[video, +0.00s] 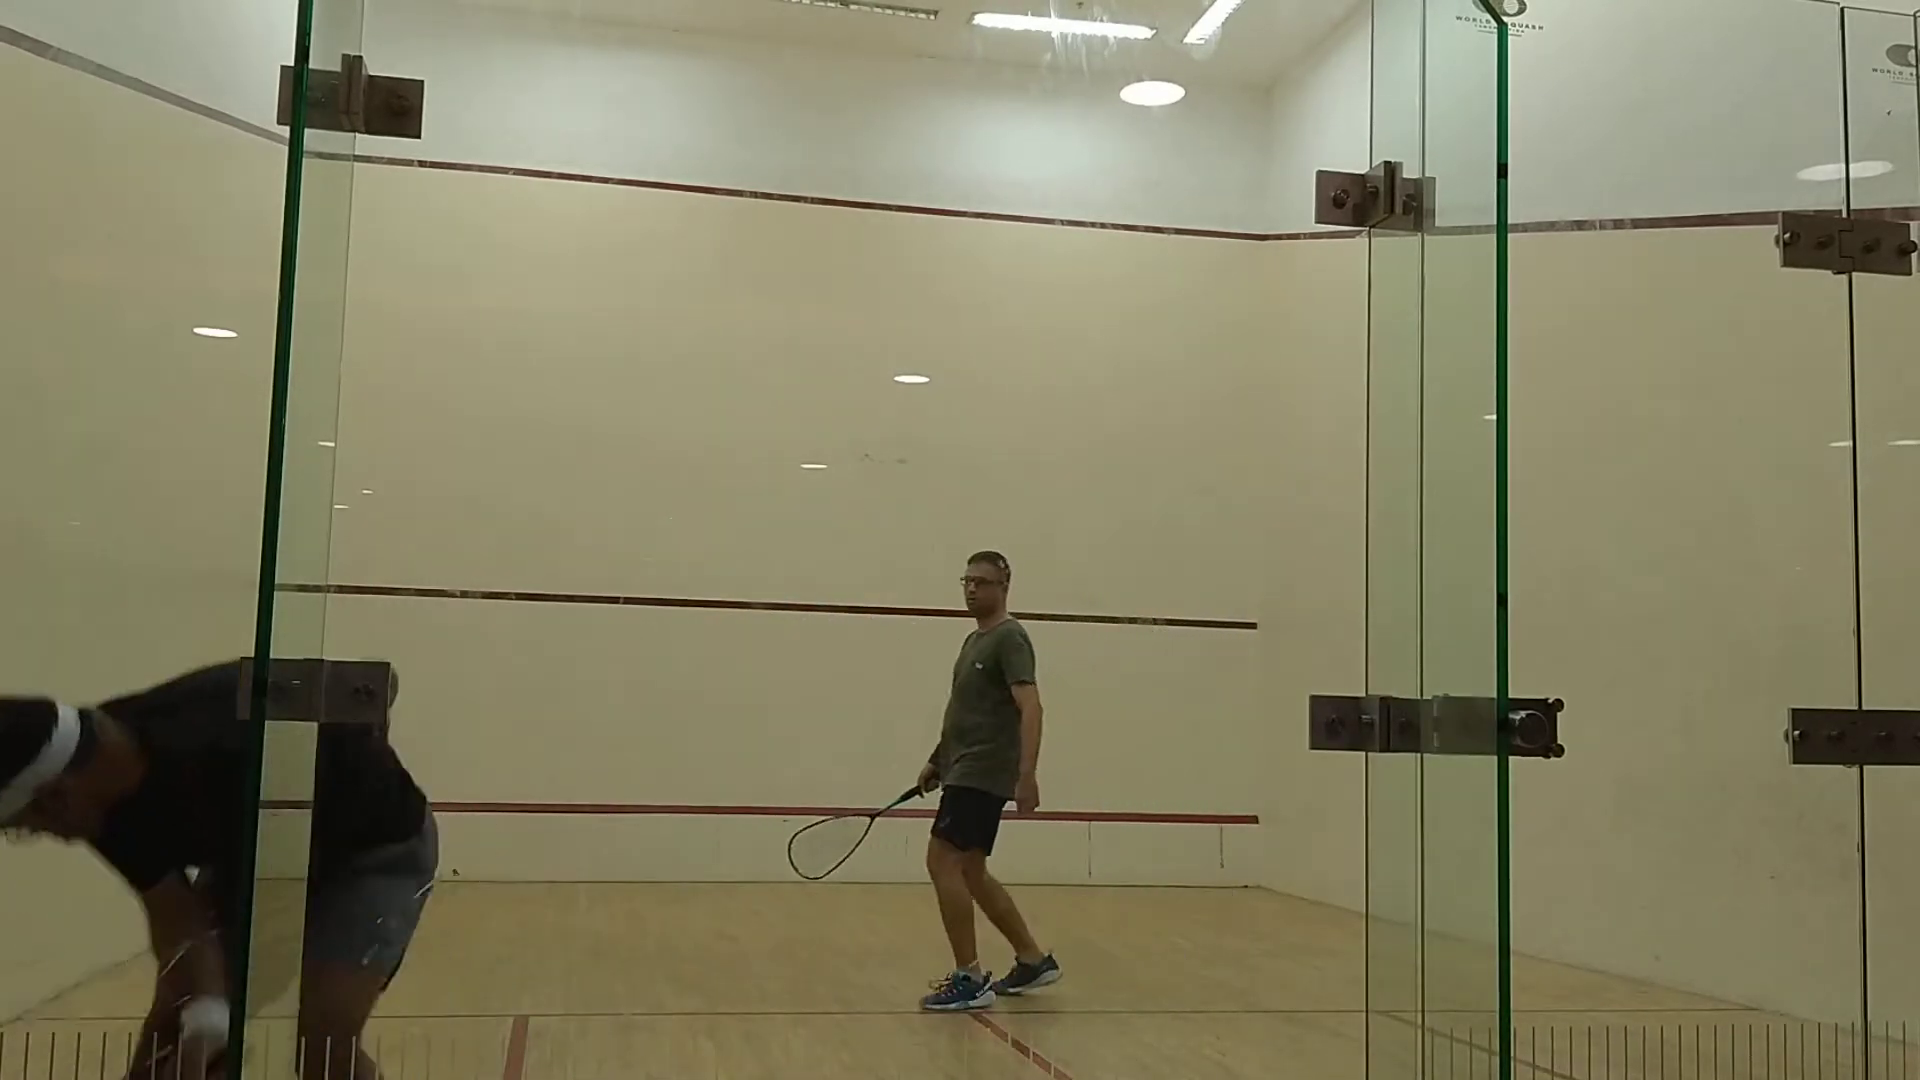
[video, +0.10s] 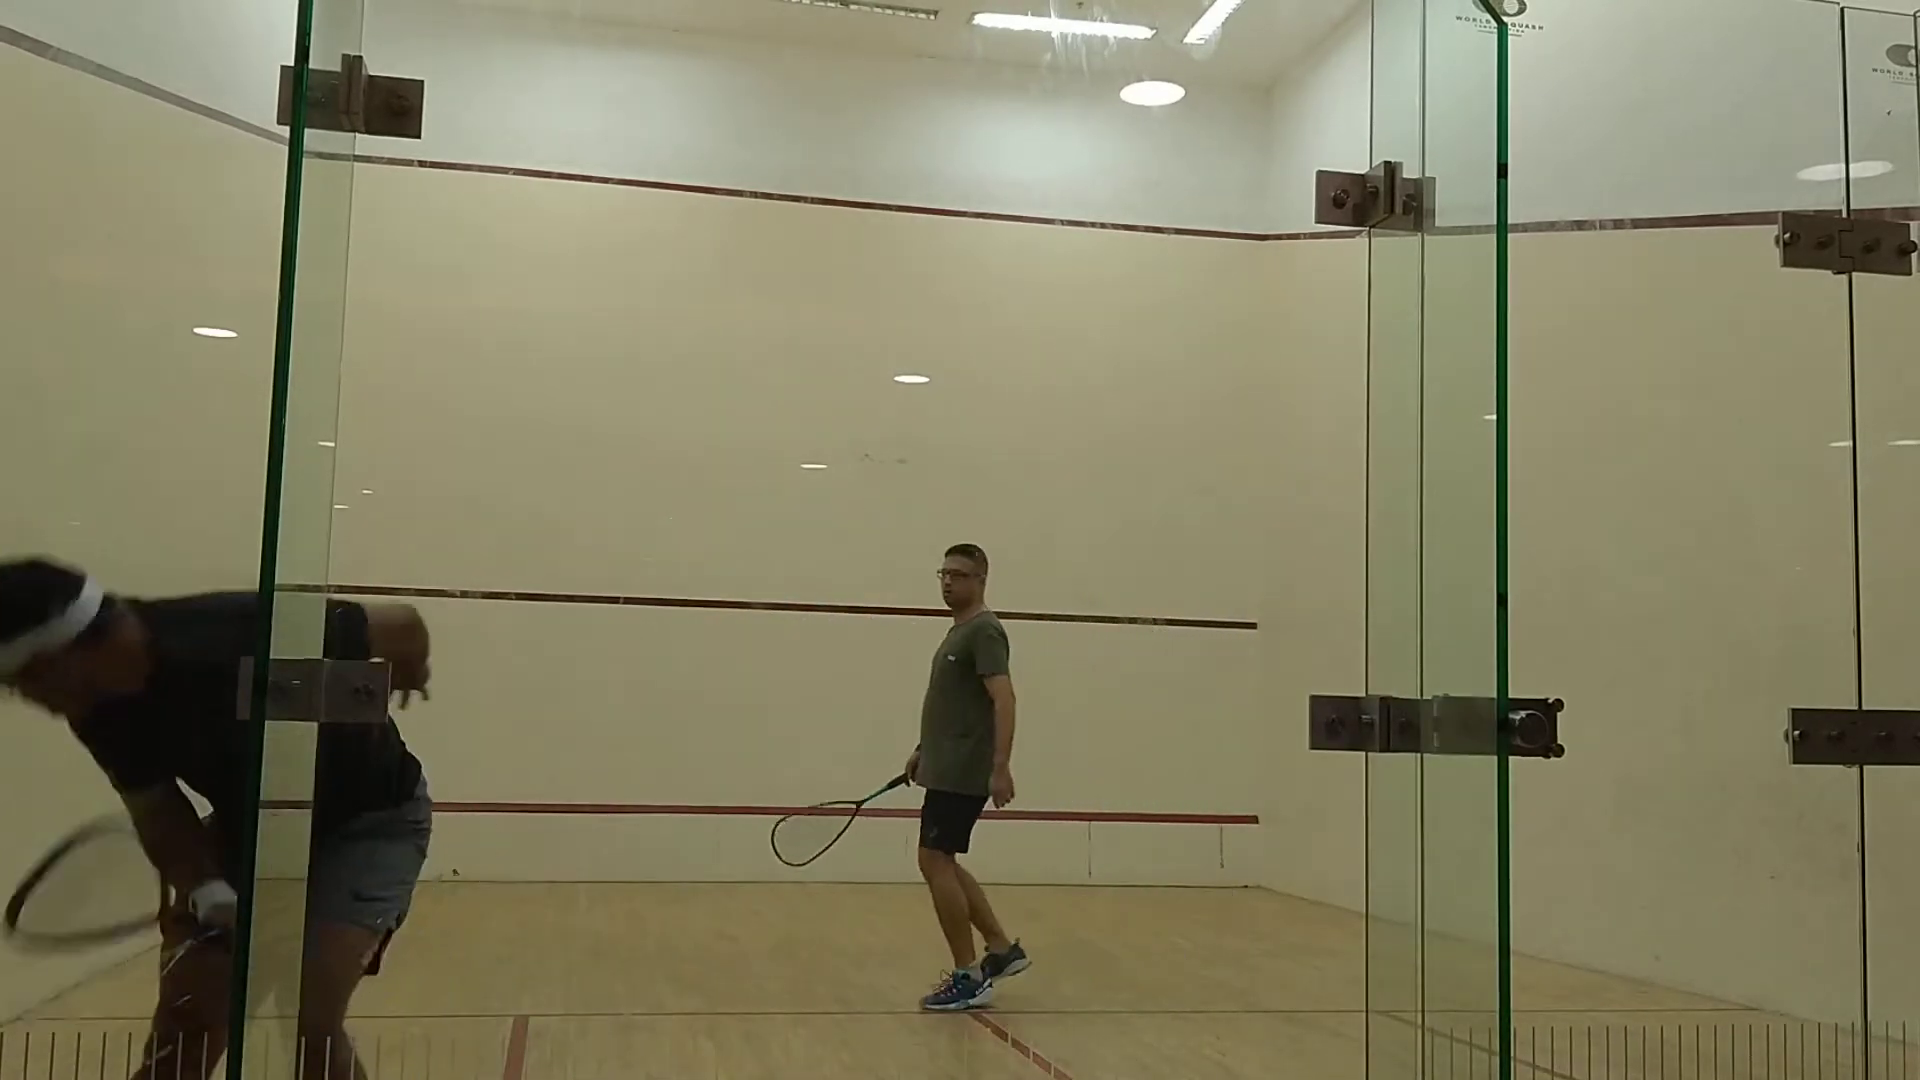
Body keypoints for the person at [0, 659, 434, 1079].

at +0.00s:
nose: (46, 835)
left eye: (37, 820)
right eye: (31, 828)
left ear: (61, 785)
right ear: (56, 790)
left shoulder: (223, 715)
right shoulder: (98, 804)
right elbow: (173, 905)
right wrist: (205, 1004)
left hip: (371, 843)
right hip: (250, 859)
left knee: (323, 1042)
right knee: (168, 1033)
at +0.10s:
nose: (30, 698)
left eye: (30, 677)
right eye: (19, 685)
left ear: (71, 646)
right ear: (62, 656)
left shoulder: (225, 631)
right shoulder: (95, 709)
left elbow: (402, 627)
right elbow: (160, 814)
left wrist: (406, 670)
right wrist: (212, 893)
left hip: (369, 815)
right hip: (252, 826)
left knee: (309, 1014)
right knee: (187, 1013)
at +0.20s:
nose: (48, 579)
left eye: (50, 557)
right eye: (40, 562)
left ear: (100, 541)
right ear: (99, 544)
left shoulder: (278, 571)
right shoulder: (109, 631)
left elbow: (432, 616)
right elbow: (146, 754)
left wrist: (477, 702)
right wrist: (191, 836)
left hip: (356, 830)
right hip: (238, 833)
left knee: (322, 1042)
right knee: (170, 1036)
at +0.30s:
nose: (99, 512)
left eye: (101, 488)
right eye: (92, 492)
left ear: (152, 475)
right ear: (152, 476)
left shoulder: (325, 542)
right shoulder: (159, 583)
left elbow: (456, 627)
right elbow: (177, 709)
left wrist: (495, 744)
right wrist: (180, 813)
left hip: (374, 823)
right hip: (257, 824)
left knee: (328, 1036)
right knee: (185, 1023)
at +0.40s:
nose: (151, 479)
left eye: (158, 453)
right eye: (148, 458)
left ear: (211, 444)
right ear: (208, 448)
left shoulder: (350, 528)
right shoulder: (220, 564)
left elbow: (468, 634)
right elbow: (233, 692)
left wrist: (496, 771)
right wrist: (207, 795)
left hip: (391, 827)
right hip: (282, 828)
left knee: (333, 1047)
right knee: (199, 1026)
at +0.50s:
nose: (193, 463)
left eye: (198, 439)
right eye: (191, 443)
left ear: (243, 433)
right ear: (247, 436)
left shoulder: (361, 515)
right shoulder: (274, 550)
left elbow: (471, 633)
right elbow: (298, 697)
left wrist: (498, 784)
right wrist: (243, 792)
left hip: (401, 821)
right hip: (324, 808)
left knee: (344, 1044)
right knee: (221, 1014)